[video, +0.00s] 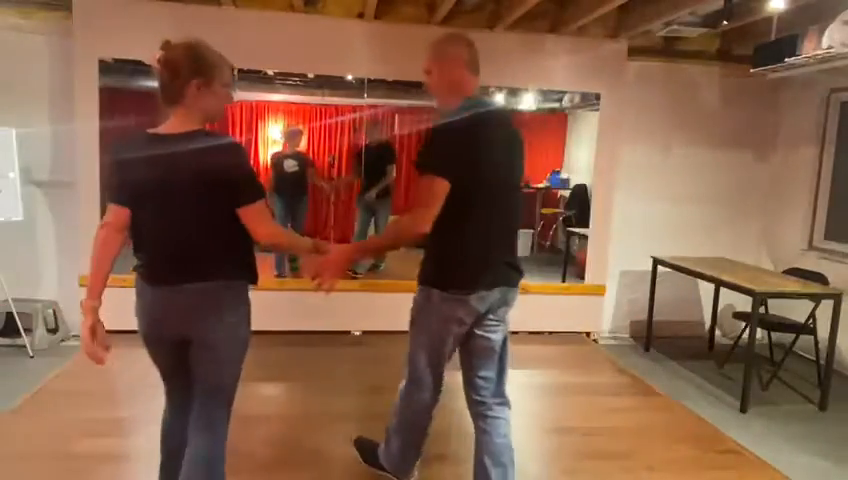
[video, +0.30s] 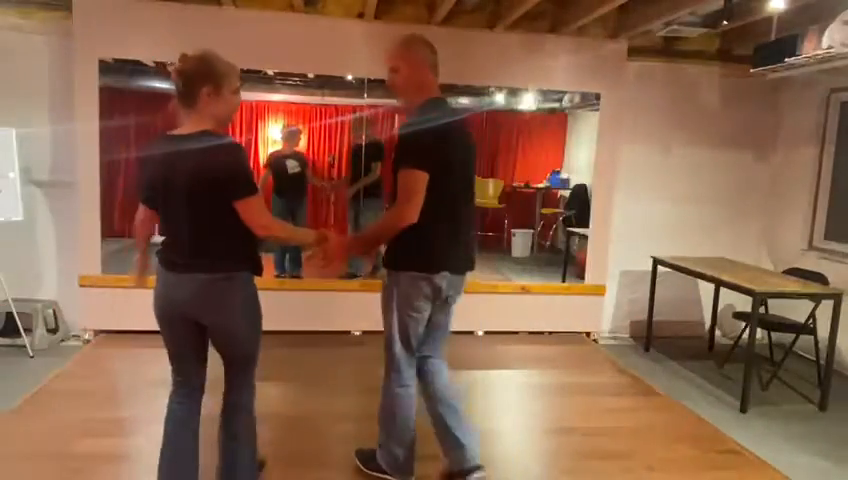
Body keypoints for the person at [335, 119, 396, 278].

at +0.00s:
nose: (371, 134)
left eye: (374, 130)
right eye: (369, 130)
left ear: (380, 131)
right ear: (365, 132)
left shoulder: (387, 148)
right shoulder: (363, 151)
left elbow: (391, 175)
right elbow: (356, 174)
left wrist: (375, 190)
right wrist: (337, 183)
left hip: (382, 195)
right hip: (365, 194)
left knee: (380, 230)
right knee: (360, 230)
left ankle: (379, 260)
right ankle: (354, 262)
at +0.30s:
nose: (358, 132)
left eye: (361, 128)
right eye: (356, 128)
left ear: (368, 128)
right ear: (352, 130)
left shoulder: (376, 146)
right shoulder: (354, 149)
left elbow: (375, 173)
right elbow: (351, 176)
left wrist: (355, 187)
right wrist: (333, 185)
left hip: (372, 196)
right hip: (356, 196)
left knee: (372, 232)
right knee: (356, 232)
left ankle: (377, 265)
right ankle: (355, 268)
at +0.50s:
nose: (349, 132)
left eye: (351, 128)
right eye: (350, 128)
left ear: (355, 128)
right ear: (360, 127)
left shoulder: (366, 147)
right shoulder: (355, 148)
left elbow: (363, 173)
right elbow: (353, 174)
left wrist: (341, 186)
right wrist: (338, 186)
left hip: (362, 196)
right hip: (352, 196)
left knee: (356, 232)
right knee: (354, 232)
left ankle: (355, 269)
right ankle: (354, 268)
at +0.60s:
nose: (347, 132)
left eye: (349, 128)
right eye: (348, 128)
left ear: (353, 128)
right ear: (358, 126)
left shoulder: (362, 148)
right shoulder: (354, 148)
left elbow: (357, 172)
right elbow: (351, 173)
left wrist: (337, 185)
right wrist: (336, 185)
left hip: (358, 195)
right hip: (352, 195)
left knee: (351, 231)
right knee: (351, 231)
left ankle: (350, 269)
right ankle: (350, 268)